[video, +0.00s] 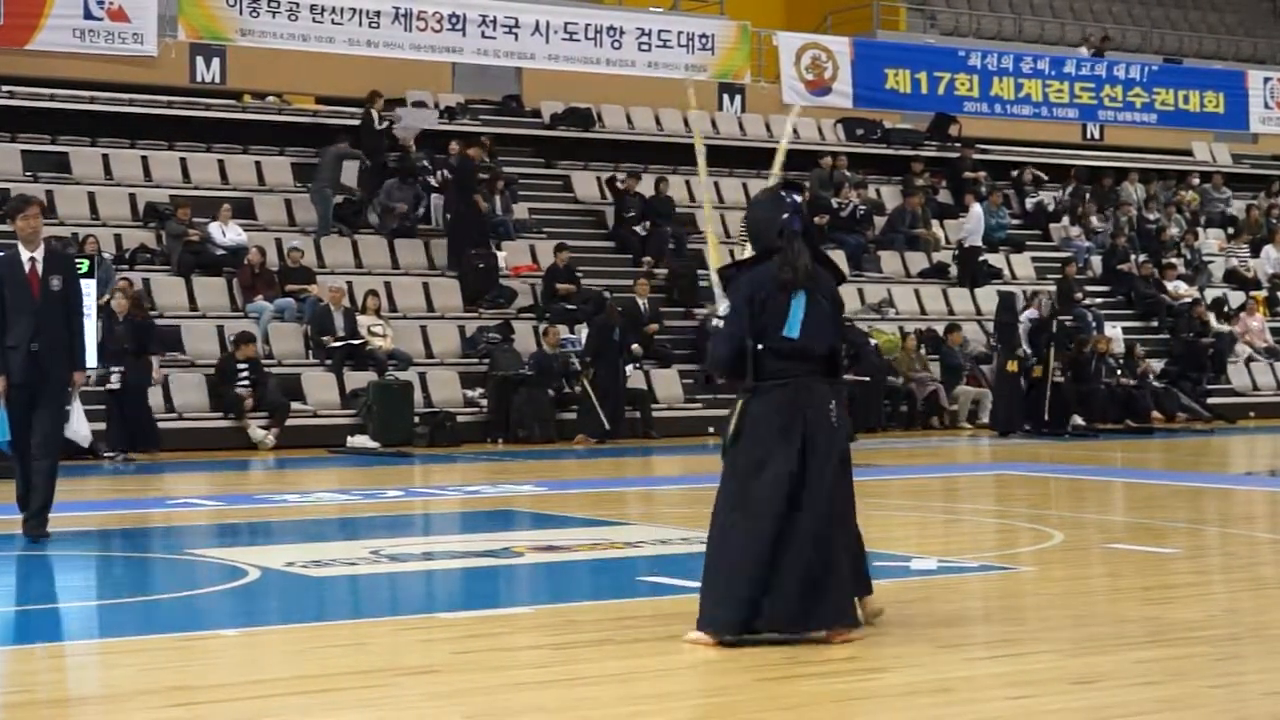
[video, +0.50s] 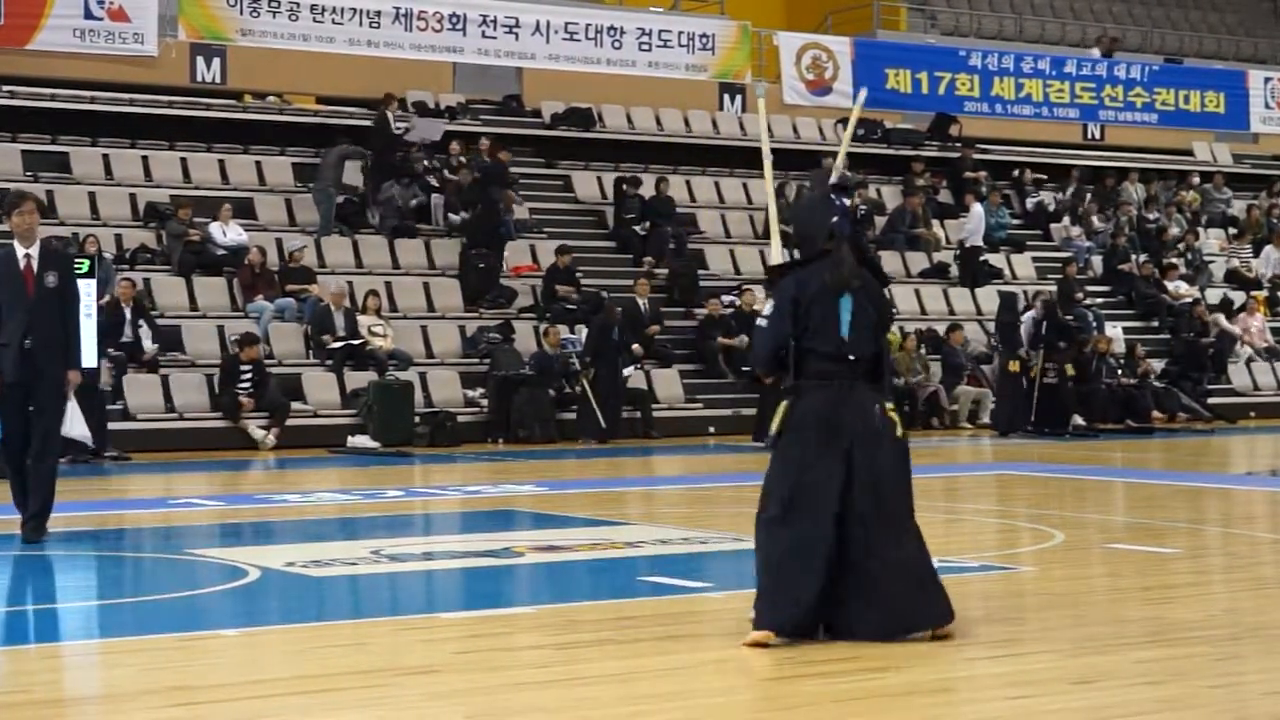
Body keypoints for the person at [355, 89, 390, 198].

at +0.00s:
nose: (383, 104)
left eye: (383, 101)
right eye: (381, 101)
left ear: (373, 101)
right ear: (375, 100)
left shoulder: (370, 113)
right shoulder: (372, 113)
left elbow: (375, 126)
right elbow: (375, 128)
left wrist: (387, 120)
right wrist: (388, 122)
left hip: (371, 148)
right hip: (373, 149)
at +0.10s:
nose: (384, 103)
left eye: (385, 101)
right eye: (384, 100)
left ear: (374, 100)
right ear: (378, 100)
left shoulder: (370, 113)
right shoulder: (374, 113)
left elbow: (378, 130)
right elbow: (378, 131)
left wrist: (393, 126)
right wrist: (394, 127)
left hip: (371, 147)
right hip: (375, 148)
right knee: (380, 171)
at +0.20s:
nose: (385, 104)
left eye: (385, 101)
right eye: (385, 101)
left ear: (374, 101)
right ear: (380, 101)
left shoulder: (370, 113)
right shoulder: (377, 113)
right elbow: (380, 131)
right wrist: (394, 129)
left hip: (370, 147)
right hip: (376, 147)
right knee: (381, 171)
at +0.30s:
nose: (388, 104)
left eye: (388, 102)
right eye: (387, 101)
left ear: (377, 102)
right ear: (382, 102)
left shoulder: (374, 115)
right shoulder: (379, 115)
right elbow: (382, 133)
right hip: (379, 148)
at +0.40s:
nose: (393, 106)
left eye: (393, 103)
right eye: (392, 103)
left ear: (382, 103)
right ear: (387, 103)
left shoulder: (377, 114)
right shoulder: (383, 115)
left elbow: (386, 134)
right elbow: (386, 135)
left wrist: (401, 132)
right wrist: (405, 145)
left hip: (376, 151)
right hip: (381, 153)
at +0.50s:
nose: (396, 106)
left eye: (396, 103)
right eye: (395, 103)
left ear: (387, 103)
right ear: (390, 103)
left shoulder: (381, 114)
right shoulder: (387, 115)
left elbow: (389, 133)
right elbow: (390, 134)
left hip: (380, 148)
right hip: (385, 150)